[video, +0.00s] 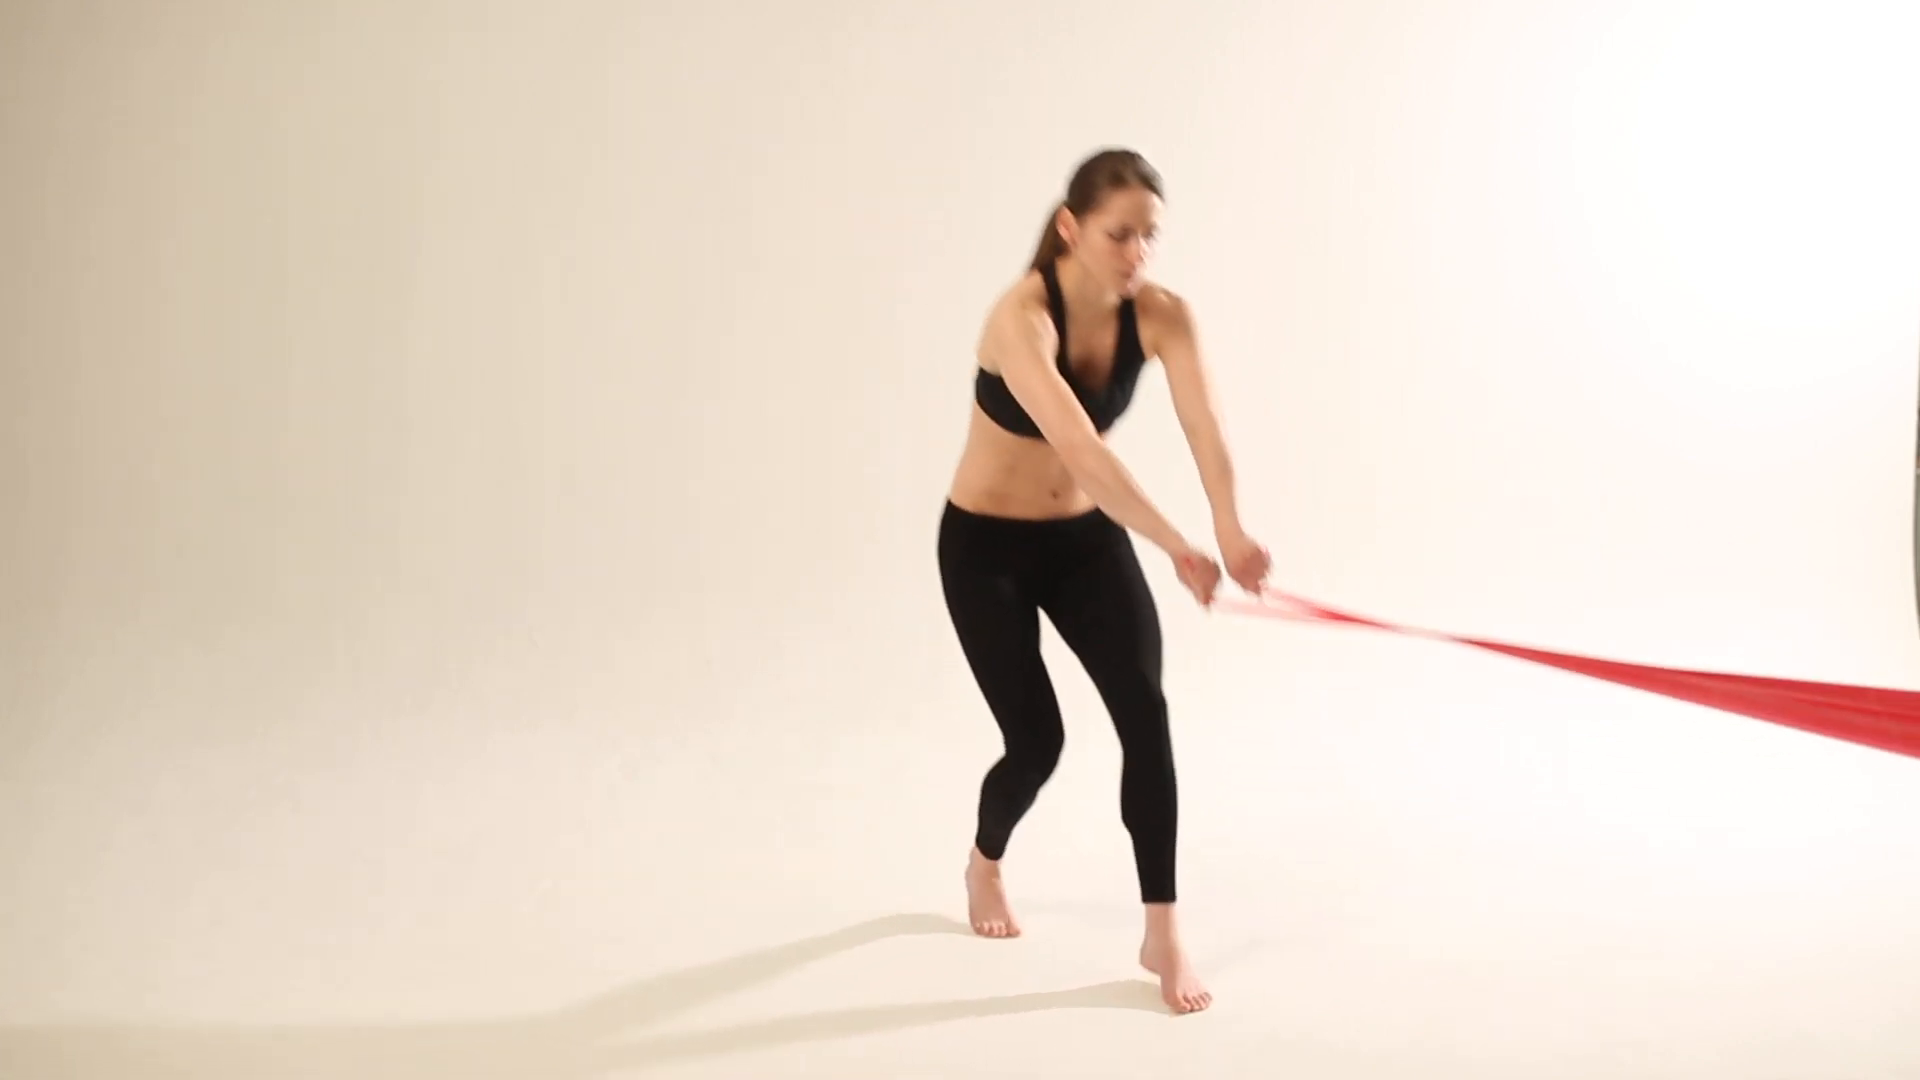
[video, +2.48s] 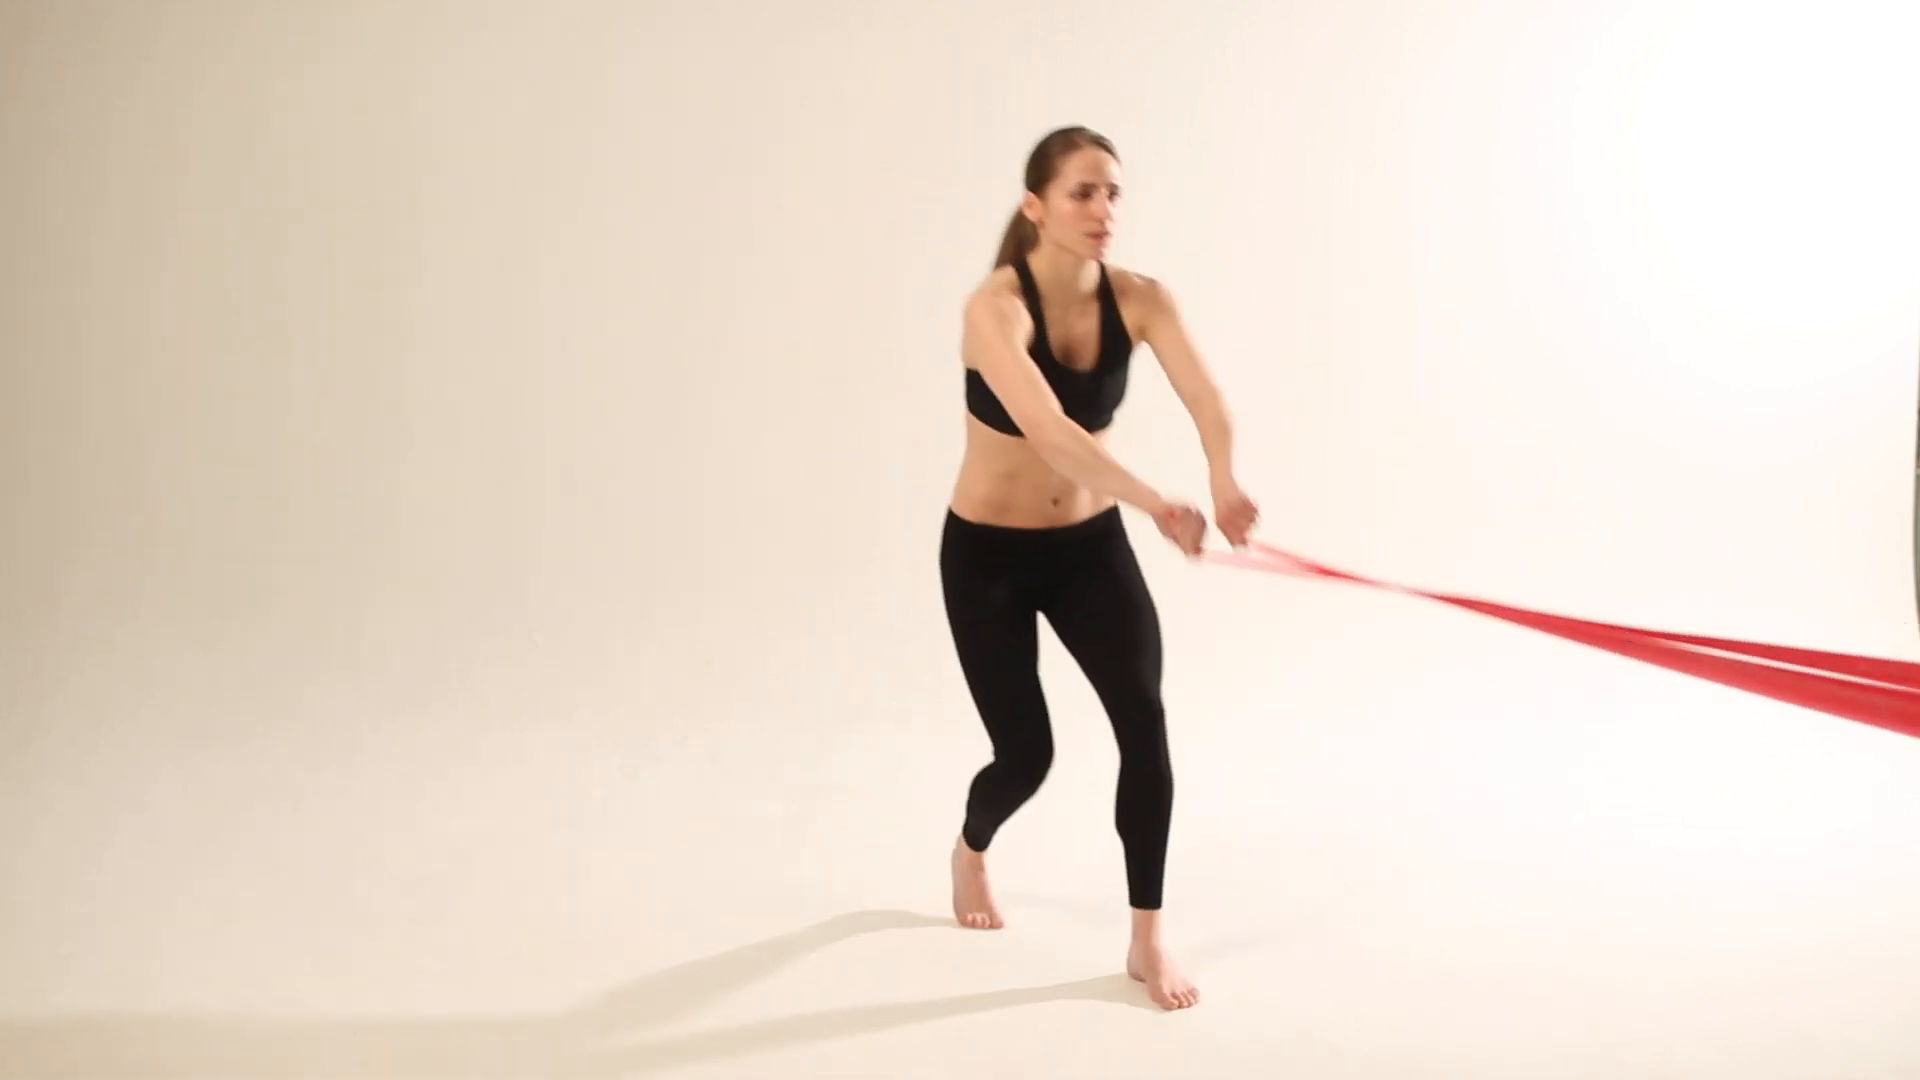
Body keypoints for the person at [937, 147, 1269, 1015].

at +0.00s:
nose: (1138, 251)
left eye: (1149, 234)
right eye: (1121, 232)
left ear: (1158, 237)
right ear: (1070, 229)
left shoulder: (1159, 312)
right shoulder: (1018, 321)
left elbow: (1202, 426)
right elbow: (1084, 454)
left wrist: (1231, 529)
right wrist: (1177, 547)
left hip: (1085, 540)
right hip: (984, 544)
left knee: (1145, 720)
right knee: (1036, 742)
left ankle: (1162, 930)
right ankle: (984, 861)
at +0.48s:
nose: (986, 125)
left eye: (996, 110)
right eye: (968, 108)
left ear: (1004, 120)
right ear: (923, 115)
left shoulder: (1025, 211)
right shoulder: (883, 215)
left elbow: (1112, 317)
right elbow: (819, 361)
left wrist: (1149, 263)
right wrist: (850, 288)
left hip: (1016, 469)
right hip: (922, 469)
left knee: (1005, 665)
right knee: (955, 666)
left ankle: (926, 771)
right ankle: (977, 873)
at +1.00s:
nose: (926, 119)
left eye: (936, 106)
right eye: (910, 103)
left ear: (946, 115)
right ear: (868, 109)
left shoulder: (963, 205)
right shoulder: (827, 207)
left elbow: (1002, 323)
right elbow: (762, 334)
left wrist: (1096, 271)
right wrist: (688, 290)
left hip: (958, 448)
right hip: (867, 445)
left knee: (932, 631)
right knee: (908, 621)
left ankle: (896, 802)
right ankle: (898, 812)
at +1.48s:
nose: (924, 121)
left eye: (934, 107)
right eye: (907, 105)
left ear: (945, 116)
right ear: (867, 110)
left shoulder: (961, 205)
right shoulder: (824, 206)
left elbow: (1000, 321)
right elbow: (759, 331)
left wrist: (1091, 270)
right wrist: (695, 285)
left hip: (956, 446)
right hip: (865, 444)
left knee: (934, 629)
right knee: (908, 620)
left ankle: (896, 800)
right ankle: (901, 811)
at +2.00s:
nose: (970, 123)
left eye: (980, 109)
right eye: (953, 108)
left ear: (989, 120)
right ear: (911, 119)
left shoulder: (1013, 213)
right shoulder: (873, 216)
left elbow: (1110, 311)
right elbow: (820, 331)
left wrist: (1134, 248)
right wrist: (894, 263)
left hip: (998, 467)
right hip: (904, 469)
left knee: (1013, 666)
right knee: (941, 659)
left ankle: (929, 767)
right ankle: (966, 862)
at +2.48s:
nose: (1103, 209)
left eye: (1112, 194)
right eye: (1083, 193)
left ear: (1119, 204)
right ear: (1035, 204)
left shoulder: (1137, 298)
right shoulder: (993, 310)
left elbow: (1205, 399)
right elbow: (1051, 433)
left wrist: (1222, 482)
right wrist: (1153, 503)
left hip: (1091, 550)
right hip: (987, 556)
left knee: (1144, 737)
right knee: (1025, 757)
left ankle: (1146, 940)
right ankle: (968, 848)